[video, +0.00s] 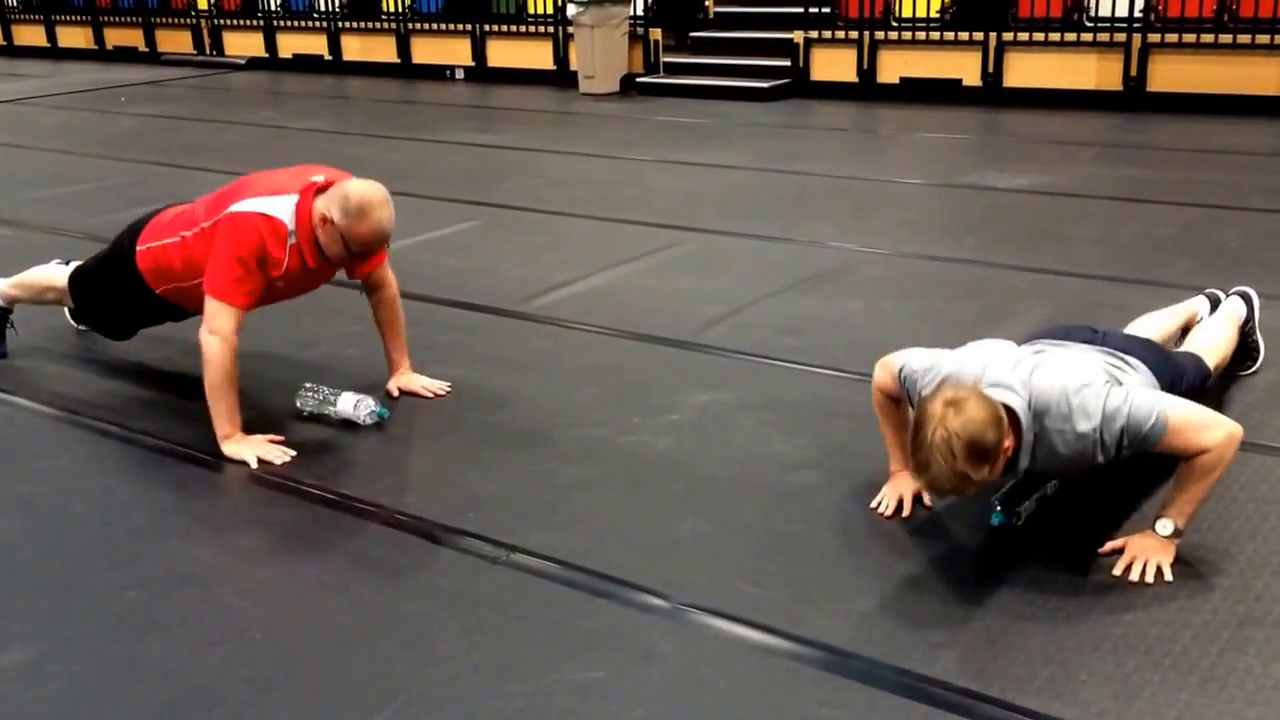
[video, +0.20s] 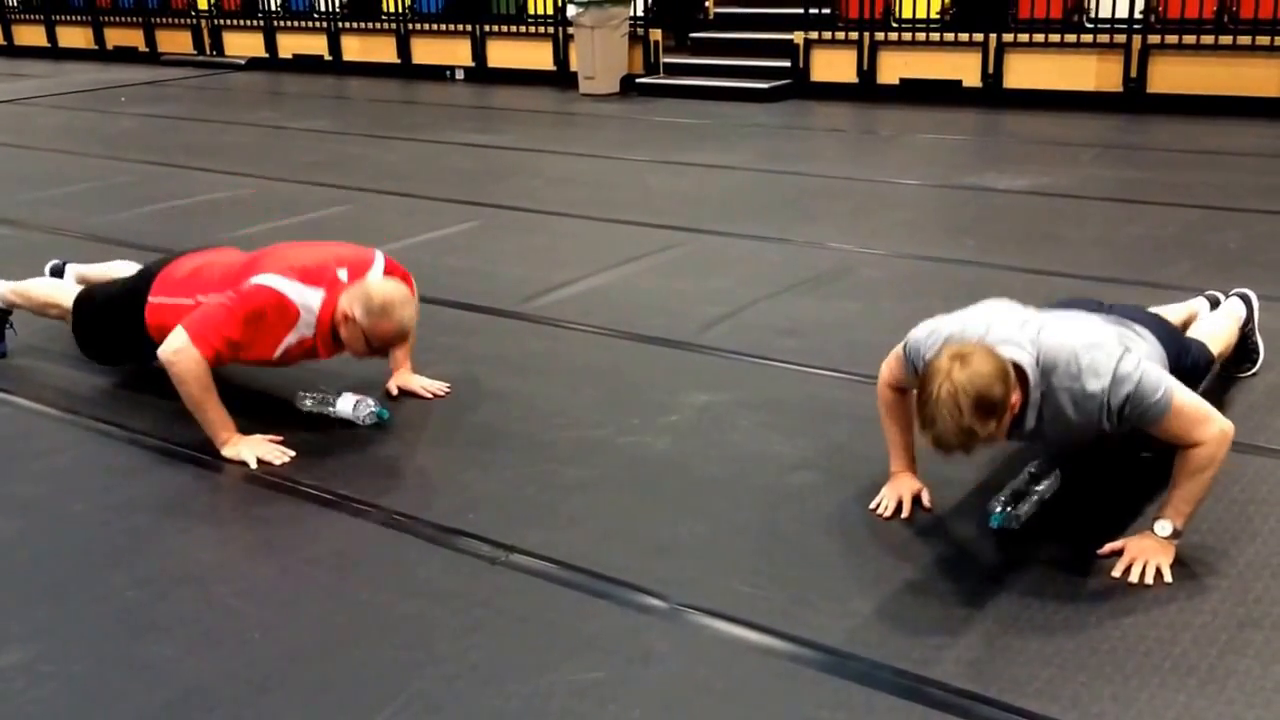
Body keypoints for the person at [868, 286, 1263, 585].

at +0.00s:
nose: (971, 493)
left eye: (974, 486)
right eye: (954, 488)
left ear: (1006, 448)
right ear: (927, 431)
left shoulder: (1096, 411)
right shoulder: (944, 374)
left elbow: (1222, 438)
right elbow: (884, 376)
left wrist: (1163, 531)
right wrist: (901, 467)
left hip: (1136, 367)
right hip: (1053, 346)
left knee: (1196, 362)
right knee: (1129, 342)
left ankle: (1236, 308)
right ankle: (1199, 303)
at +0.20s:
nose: (975, 448)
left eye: (981, 439)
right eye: (960, 441)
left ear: (1012, 405)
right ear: (935, 393)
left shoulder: (1108, 378)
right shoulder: (938, 341)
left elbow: (1213, 433)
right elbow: (891, 380)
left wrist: (1162, 532)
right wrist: (902, 471)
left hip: (1143, 345)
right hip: (1069, 319)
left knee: (1199, 346)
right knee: (1149, 320)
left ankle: (1238, 310)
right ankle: (1206, 302)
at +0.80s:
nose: (969, 503)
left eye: (973, 495)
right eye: (951, 499)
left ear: (1006, 454)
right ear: (925, 438)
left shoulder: (1089, 415)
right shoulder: (938, 382)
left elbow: (1216, 441)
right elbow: (883, 380)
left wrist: (1161, 537)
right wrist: (899, 472)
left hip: (1129, 376)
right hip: (1052, 357)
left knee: (1193, 368)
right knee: (1126, 349)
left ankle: (1235, 313)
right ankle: (1197, 307)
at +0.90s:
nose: (972, 479)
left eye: (975, 470)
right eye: (956, 475)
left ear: (1004, 430)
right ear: (929, 402)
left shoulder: (1098, 393)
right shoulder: (939, 359)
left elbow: (1212, 438)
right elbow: (883, 382)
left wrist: (1161, 537)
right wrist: (901, 474)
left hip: (1133, 364)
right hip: (1056, 340)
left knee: (1190, 364)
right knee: (1132, 336)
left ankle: (1236, 313)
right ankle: (1200, 307)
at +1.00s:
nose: (982, 425)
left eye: (986, 414)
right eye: (966, 420)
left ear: (1010, 374)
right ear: (931, 376)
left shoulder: (1103, 355)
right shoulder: (923, 331)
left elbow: (1200, 433)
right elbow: (888, 384)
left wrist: (1160, 537)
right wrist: (900, 474)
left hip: (1142, 342)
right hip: (1081, 321)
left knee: (1195, 351)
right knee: (1157, 328)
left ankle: (1235, 313)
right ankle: (1201, 308)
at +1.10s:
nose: (978, 386)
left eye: (987, 375)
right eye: (966, 378)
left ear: (1018, 327)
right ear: (938, 334)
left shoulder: (1105, 316)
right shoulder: (929, 296)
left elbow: (1171, 424)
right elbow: (900, 379)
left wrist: (1159, 537)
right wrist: (899, 475)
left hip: (1143, 337)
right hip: (1058, 364)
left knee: (1194, 346)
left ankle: (1234, 315)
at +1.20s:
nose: (974, 373)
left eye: (985, 361)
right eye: (962, 364)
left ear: (1019, 317)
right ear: (941, 330)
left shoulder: (1108, 310)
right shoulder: (929, 295)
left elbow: (1165, 423)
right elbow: (903, 380)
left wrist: (1158, 537)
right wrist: (899, 476)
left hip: (1143, 339)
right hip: (1058, 366)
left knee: (1195, 345)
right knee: (1111, 390)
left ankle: (1233, 316)